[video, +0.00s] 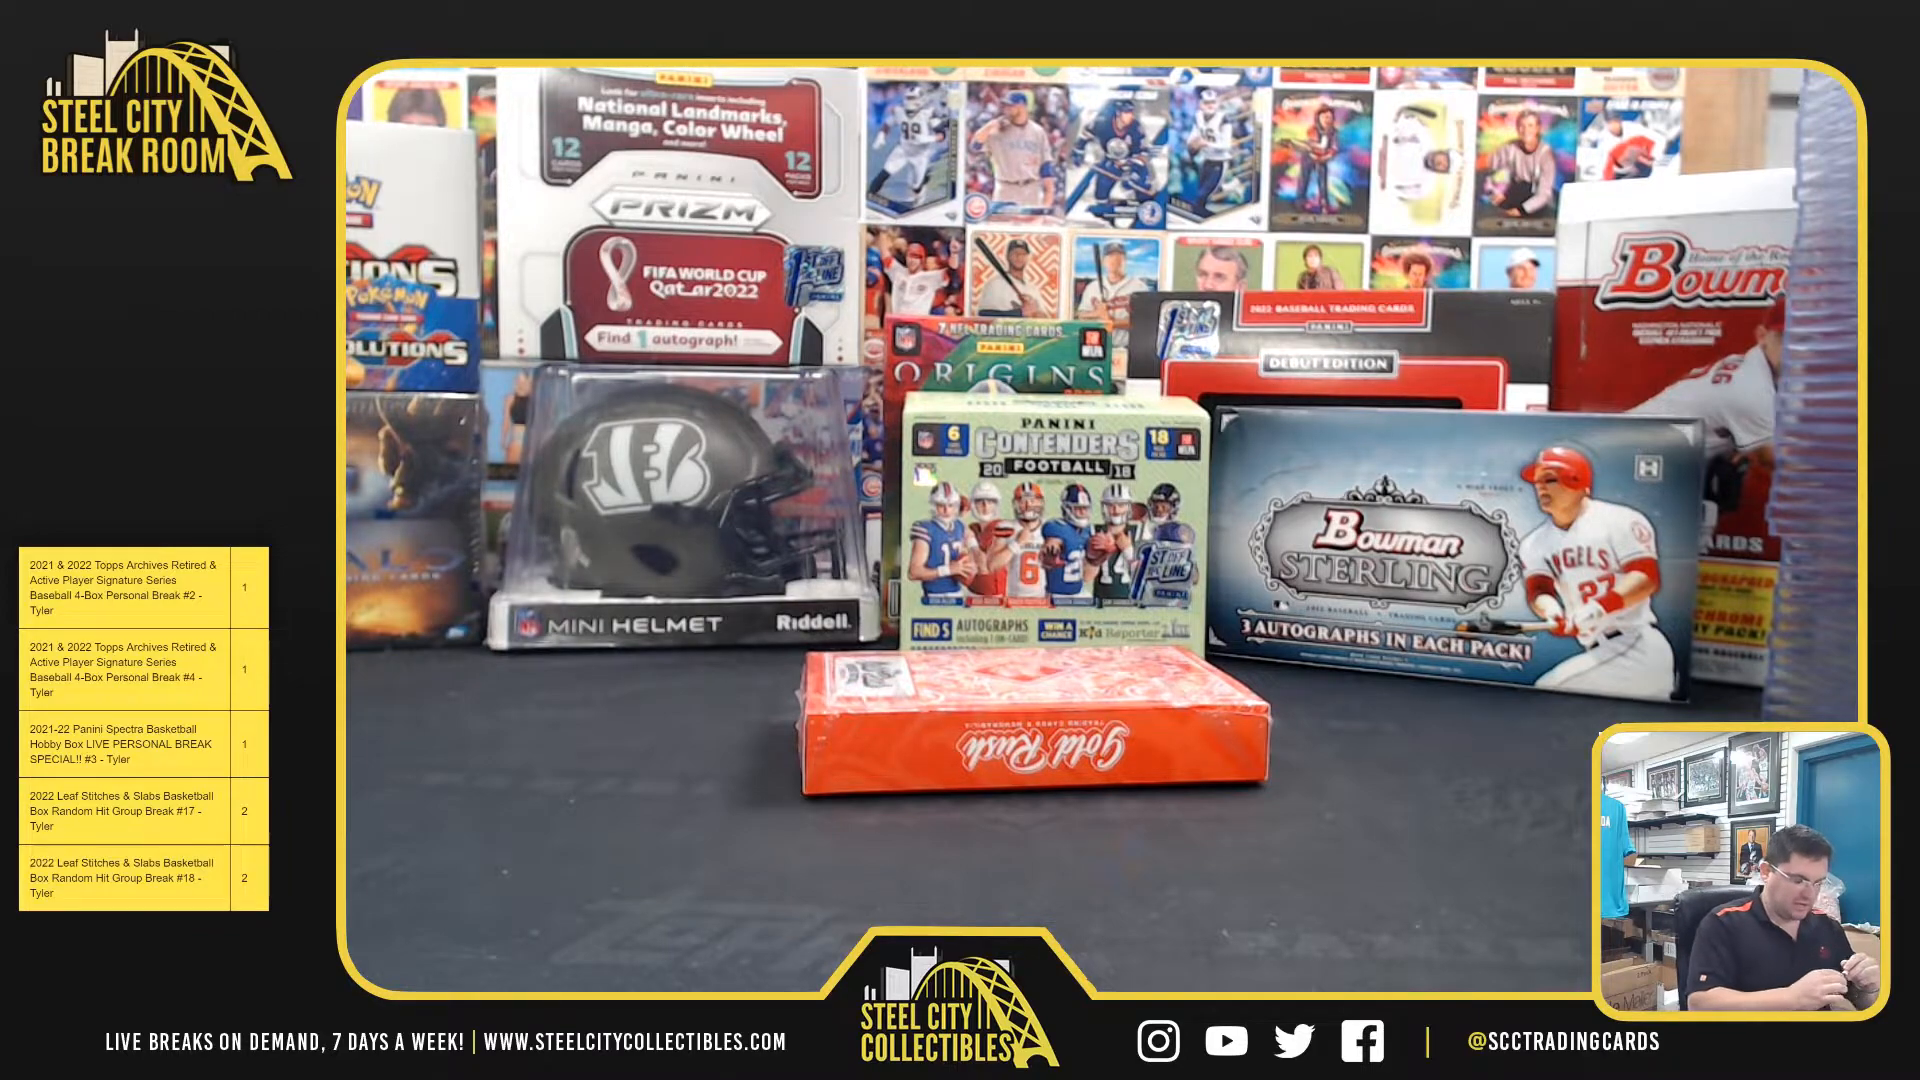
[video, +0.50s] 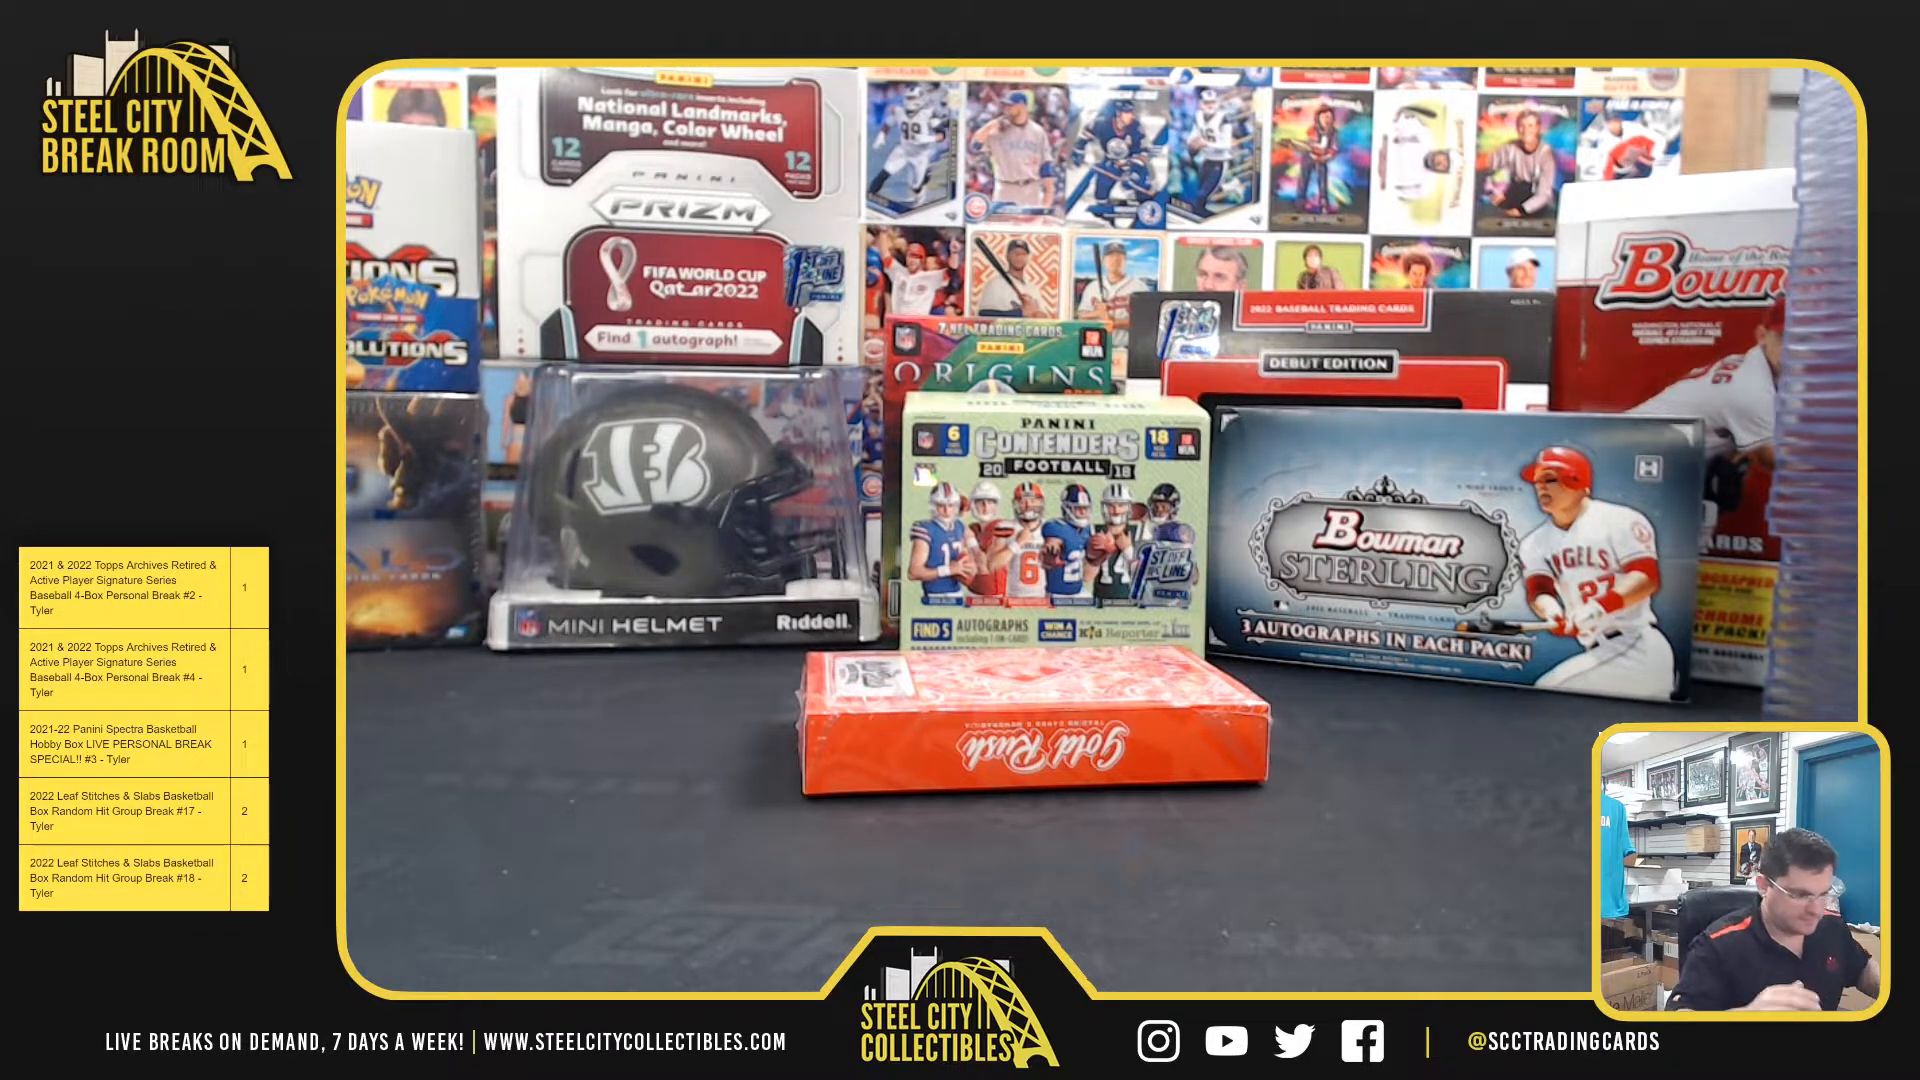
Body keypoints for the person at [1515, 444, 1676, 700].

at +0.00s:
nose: (1540, 490)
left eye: (1549, 481)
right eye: (1537, 483)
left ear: (1578, 484)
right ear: (1533, 487)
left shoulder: (1624, 521)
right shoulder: (1534, 545)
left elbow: (1646, 577)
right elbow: (1538, 591)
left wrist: (1599, 608)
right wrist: (1553, 613)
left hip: (1638, 648)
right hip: (1599, 652)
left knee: (1546, 692)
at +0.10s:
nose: (1540, 490)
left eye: (1549, 481)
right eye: (1537, 483)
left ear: (1578, 484)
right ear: (1533, 487)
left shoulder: (1624, 521)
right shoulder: (1534, 545)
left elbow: (1646, 577)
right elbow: (1538, 591)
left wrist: (1599, 608)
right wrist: (1553, 613)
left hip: (1638, 648)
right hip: (1599, 652)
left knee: (1546, 692)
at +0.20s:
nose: (1540, 489)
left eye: (1550, 480)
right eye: (1537, 483)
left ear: (1578, 485)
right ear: (1533, 487)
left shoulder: (1624, 521)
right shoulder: (1534, 545)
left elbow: (1646, 577)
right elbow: (1539, 591)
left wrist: (1599, 608)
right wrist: (1554, 614)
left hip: (1638, 649)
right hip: (1598, 652)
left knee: (1545, 693)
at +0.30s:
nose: (1540, 489)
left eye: (1550, 480)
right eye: (1537, 483)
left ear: (1578, 484)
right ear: (1533, 487)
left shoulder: (1624, 521)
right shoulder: (1534, 545)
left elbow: (1646, 577)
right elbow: (1539, 592)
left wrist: (1598, 608)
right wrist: (1554, 614)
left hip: (1638, 649)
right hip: (1599, 652)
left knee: (1545, 693)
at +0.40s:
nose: (1540, 489)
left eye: (1550, 480)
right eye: (1537, 483)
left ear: (1578, 484)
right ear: (1533, 487)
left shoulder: (1624, 521)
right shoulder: (1534, 545)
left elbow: (1646, 578)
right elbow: (1539, 592)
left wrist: (1598, 608)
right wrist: (1554, 614)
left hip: (1638, 648)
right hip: (1599, 652)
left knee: (1545, 694)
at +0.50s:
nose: (1540, 489)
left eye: (1550, 480)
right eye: (1537, 482)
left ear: (1578, 485)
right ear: (1533, 487)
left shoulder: (1624, 521)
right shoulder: (1534, 545)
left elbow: (1646, 577)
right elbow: (1538, 591)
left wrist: (1599, 608)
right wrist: (1553, 614)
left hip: (1638, 649)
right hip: (1598, 652)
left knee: (1545, 693)